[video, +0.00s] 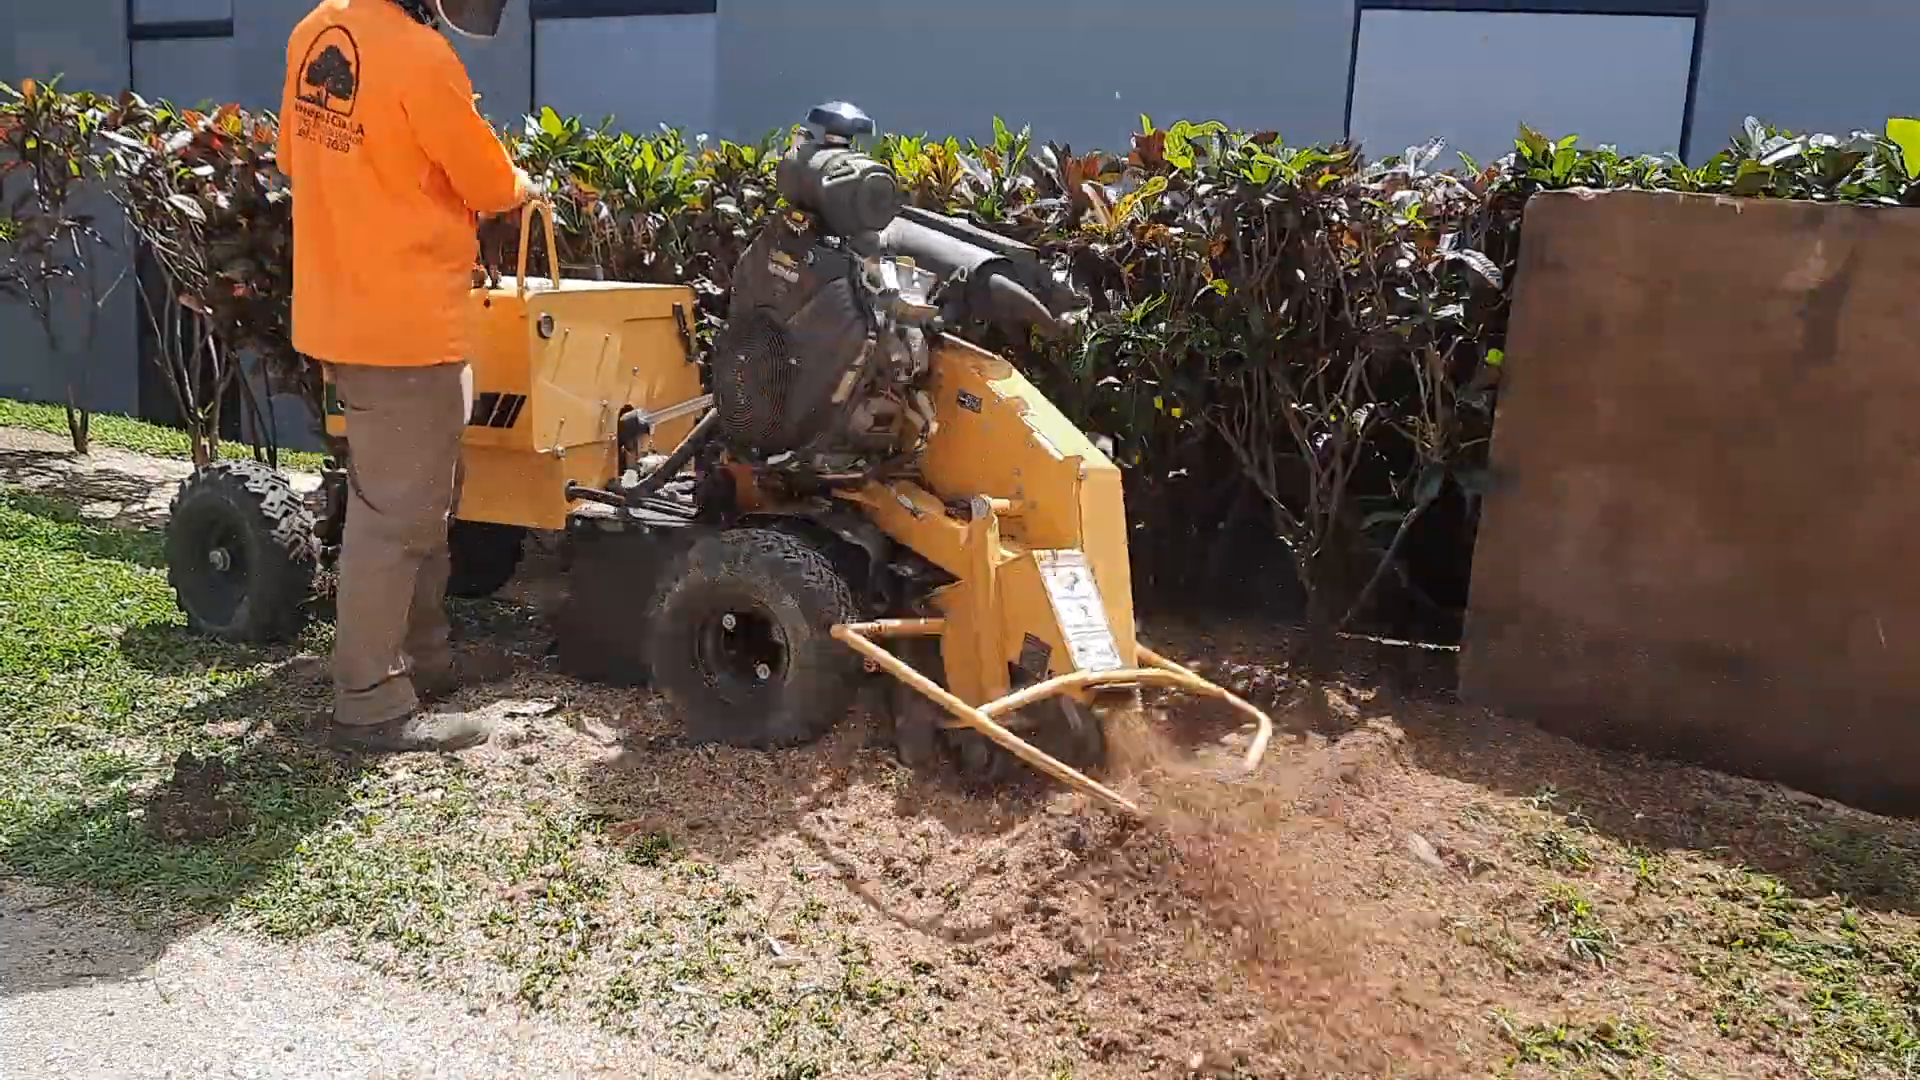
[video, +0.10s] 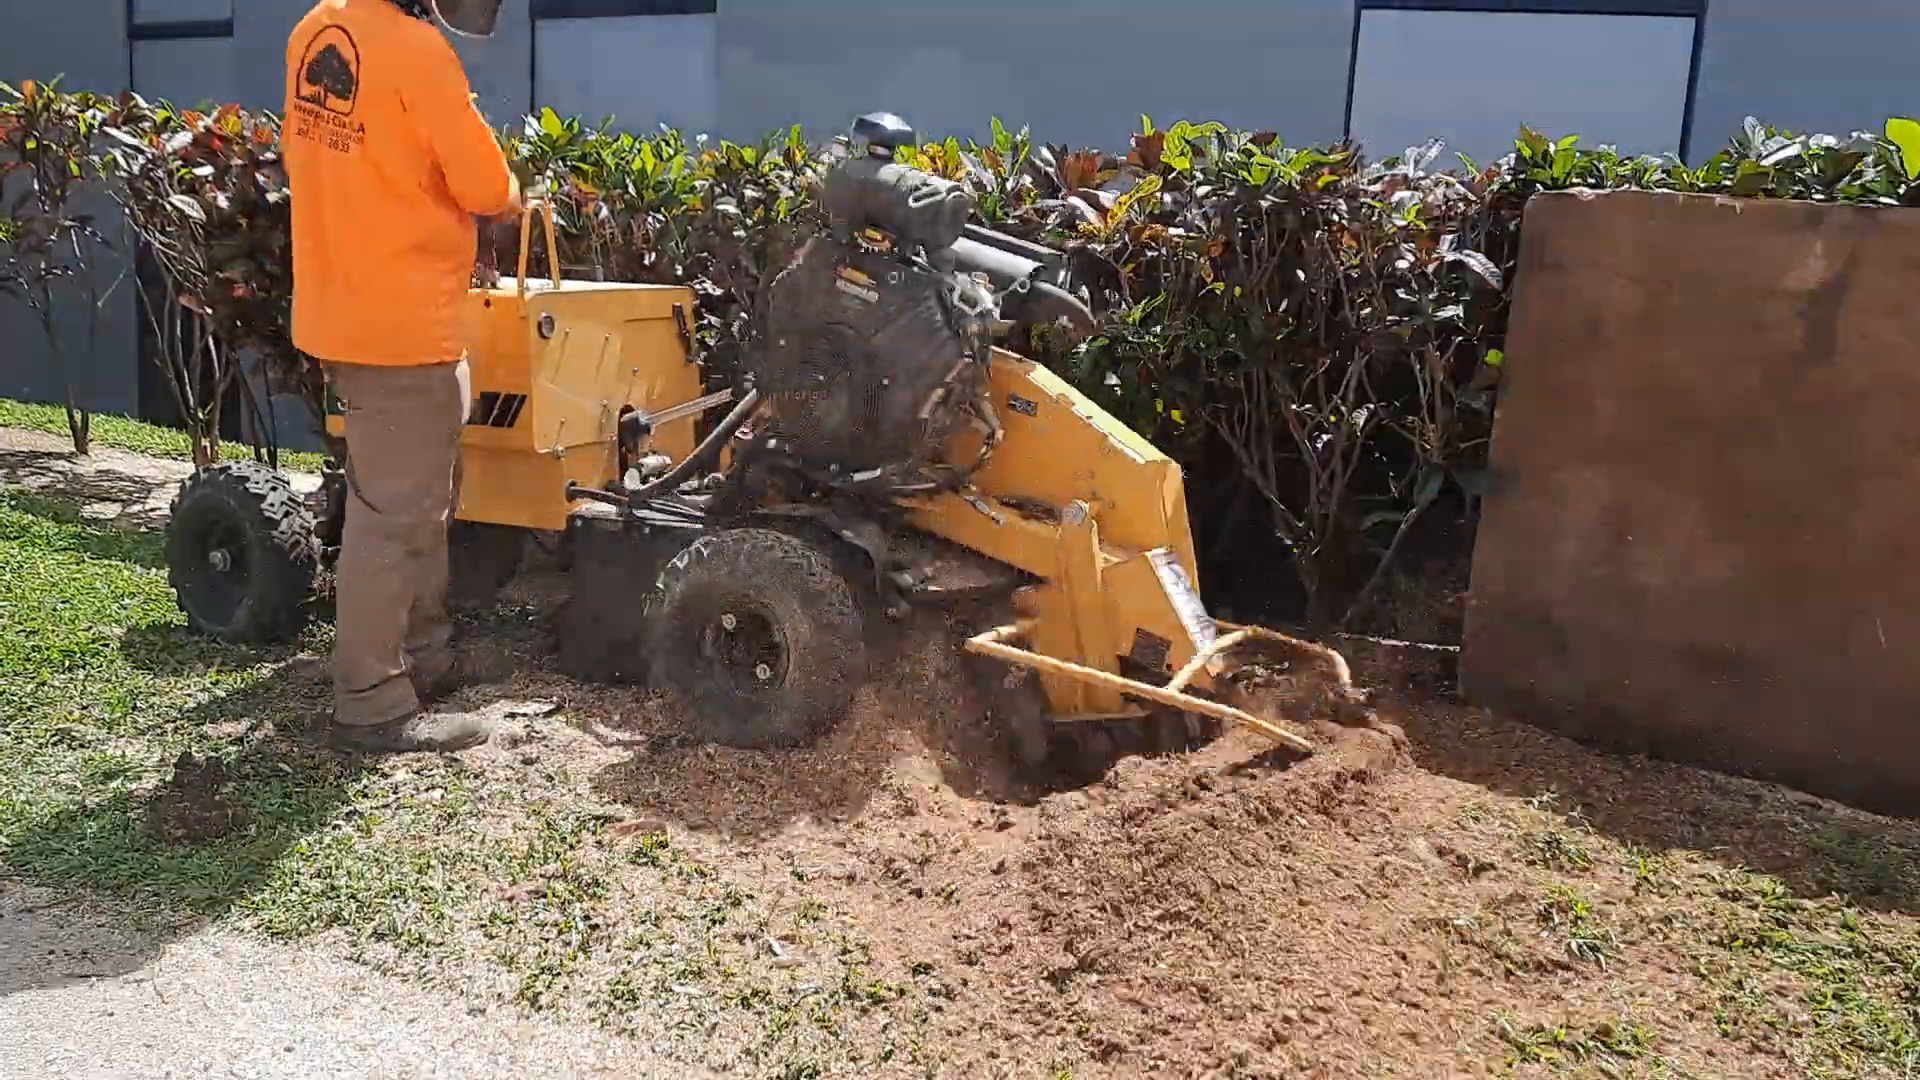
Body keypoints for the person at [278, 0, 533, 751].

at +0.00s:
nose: (469, 24)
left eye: (473, 18)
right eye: (469, 15)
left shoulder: (317, 25)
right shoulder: (420, 54)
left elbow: (295, 158)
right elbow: (494, 187)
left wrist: (437, 183)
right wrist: (521, 182)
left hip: (346, 316)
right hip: (403, 328)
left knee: (424, 496)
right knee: (391, 514)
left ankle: (425, 653)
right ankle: (369, 704)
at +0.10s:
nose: (481, 16)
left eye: (483, 9)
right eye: (480, 6)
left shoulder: (317, 24)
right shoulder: (420, 50)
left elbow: (309, 163)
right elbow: (490, 191)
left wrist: (458, 196)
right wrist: (516, 197)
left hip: (349, 317)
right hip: (399, 328)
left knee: (422, 497)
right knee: (389, 514)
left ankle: (425, 656)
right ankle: (371, 706)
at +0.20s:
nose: (473, 23)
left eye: (479, 19)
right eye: (474, 16)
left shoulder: (329, 31)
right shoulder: (433, 53)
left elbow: (296, 159)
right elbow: (501, 197)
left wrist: (399, 170)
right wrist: (535, 194)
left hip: (359, 319)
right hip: (412, 329)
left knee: (434, 490)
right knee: (395, 515)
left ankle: (423, 660)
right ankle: (370, 708)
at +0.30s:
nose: (465, 12)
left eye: (464, 7)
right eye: (460, 5)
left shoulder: (353, 28)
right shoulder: (394, 40)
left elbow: (296, 127)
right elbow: (467, 173)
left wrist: (401, 162)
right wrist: (519, 193)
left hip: (391, 322)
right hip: (386, 328)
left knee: (443, 482)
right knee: (388, 511)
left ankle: (419, 652)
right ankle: (369, 705)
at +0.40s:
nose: (476, 27)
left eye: (481, 19)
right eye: (477, 16)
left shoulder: (335, 20)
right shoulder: (417, 61)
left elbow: (366, 160)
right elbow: (474, 201)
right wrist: (540, 197)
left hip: (351, 312)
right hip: (406, 323)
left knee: (419, 494)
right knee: (398, 508)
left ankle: (425, 657)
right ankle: (369, 708)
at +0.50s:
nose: (463, 21)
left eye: (467, 15)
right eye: (463, 11)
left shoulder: (329, 26)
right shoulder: (402, 51)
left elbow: (383, 167)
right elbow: (464, 189)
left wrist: (495, 189)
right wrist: (535, 195)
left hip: (355, 318)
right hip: (401, 326)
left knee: (422, 495)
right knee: (396, 509)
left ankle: (424, 659)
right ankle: (370, 707)